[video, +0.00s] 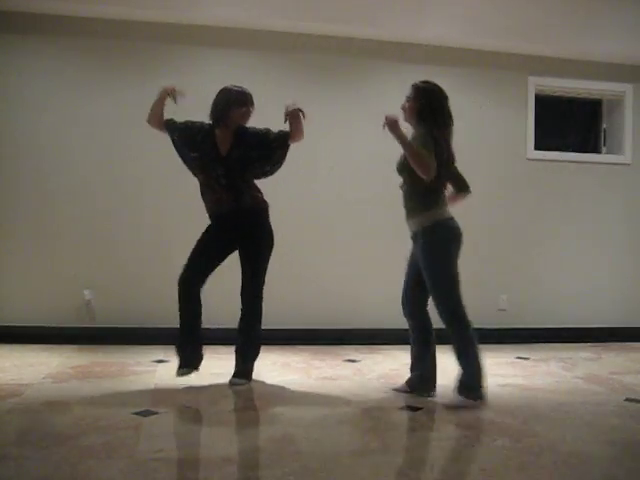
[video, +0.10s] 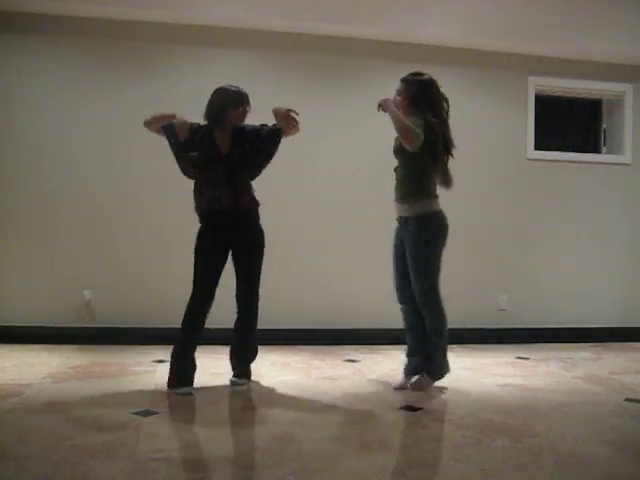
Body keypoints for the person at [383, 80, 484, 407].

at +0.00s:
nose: (403, 104)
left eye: (409, 100)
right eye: (406, 99)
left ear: (422, 106)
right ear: (427, 108)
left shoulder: (424, 135)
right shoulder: (433, 141)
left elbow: (427, 172)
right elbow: (462, 188)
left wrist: (399, 136)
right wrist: (434, 205)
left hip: (435, 235)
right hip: (430, 234)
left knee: (450, 310)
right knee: (413, 303)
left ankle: (472, 386)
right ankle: (422, 380)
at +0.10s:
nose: (395, 99)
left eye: (401, 94)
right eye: (397, 93)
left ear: (415, 99)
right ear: (417, 99)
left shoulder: (423, 124)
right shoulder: (415, 125)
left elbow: (411, 141)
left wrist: (393, 112)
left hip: (424, 223)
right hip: (407, 223)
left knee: (426, 296)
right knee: (407, 297)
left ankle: (435, 368)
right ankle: (416, 366)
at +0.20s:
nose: (392, 110)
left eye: (397, 104)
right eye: (392, 104)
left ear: (410, 105)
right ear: (405, 105)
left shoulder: (424, 135)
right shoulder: (405, 131)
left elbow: (400, 125)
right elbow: (390, 121)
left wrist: (381, 115)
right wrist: (380, 115)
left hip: (415, 229)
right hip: (391, 227)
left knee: (415, 298)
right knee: (387, 294)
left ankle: (427, 370)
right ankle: (394, 357)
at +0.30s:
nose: (384, 121)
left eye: (389, 116)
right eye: (384, 116)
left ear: (405, 119)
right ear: (394, 120)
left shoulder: (415, 150)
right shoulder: (398, 147)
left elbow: (389, 141)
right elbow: (379, 139)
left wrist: (360, 131)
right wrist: (358, 132)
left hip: (404, 240)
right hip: (382, 237)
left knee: (410, 307)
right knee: (368, 295)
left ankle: (428, 371)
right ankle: (362, 353)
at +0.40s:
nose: (378, 129)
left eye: (383, 124)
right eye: (377, 124)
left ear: (398, 129)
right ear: (377, 129)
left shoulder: (405, 163)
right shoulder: (383, 158)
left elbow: (380, 181)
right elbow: (355, 154)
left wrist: (346, 165)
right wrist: (369, 125)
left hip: (388, 240)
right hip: (370, 239)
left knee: (401, 306)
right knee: (355, 296)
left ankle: (430, 371)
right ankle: (351, 354)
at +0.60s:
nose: (360, 132)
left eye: (366, 128)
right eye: (358, 127)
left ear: (378, 134)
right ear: (355, 132)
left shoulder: (383, 165)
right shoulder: (352, 157)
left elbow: (393, 197)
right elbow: (316, 150)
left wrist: (368, 199)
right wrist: (330, 125)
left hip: (368, 239)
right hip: (342, 236)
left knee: (374, 301)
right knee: (336, 294)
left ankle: (392, 363)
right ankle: (351, 350)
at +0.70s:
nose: (352, 133)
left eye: (358, 129)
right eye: (349, 128)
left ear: (369, 134)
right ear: (345, 131)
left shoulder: (378, 162)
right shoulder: (340, 159)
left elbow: (394, 174)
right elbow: (310, 157)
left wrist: (395, 177)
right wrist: (334, 145)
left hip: (363, 234)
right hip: (335, 232)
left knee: (363, 297)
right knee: (337, 296)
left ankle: (371, 358)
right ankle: (339, 347)